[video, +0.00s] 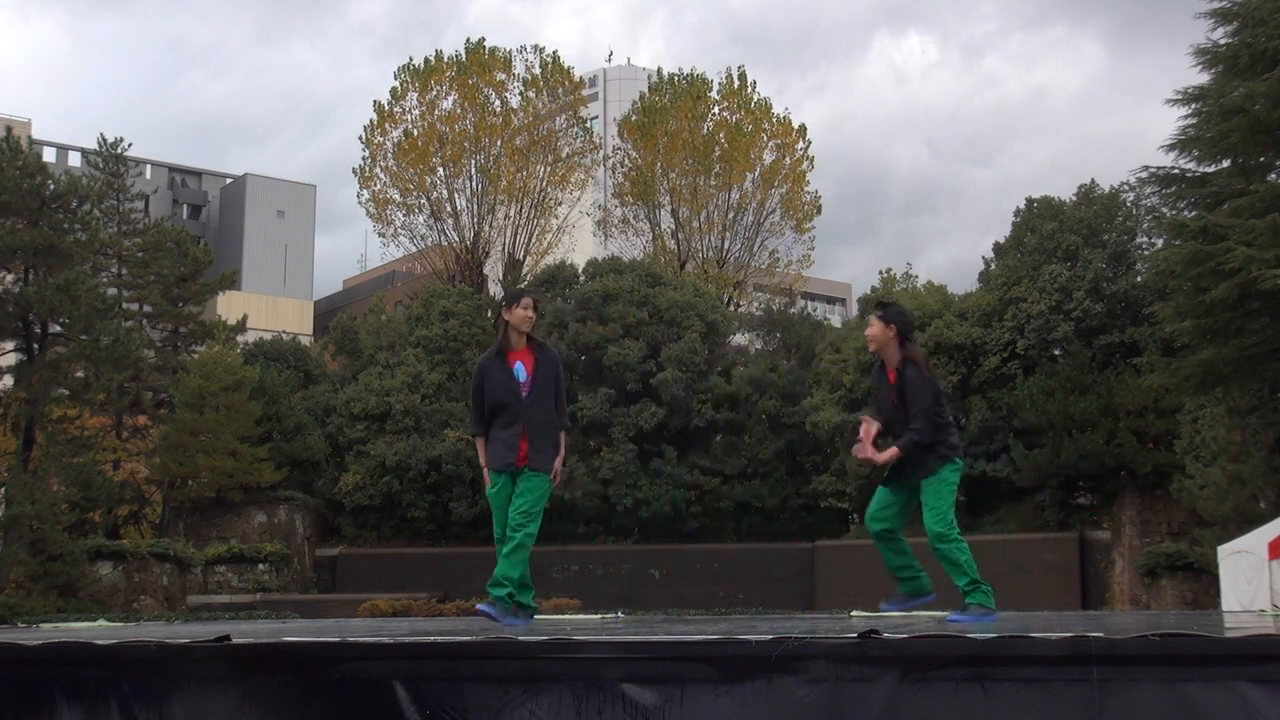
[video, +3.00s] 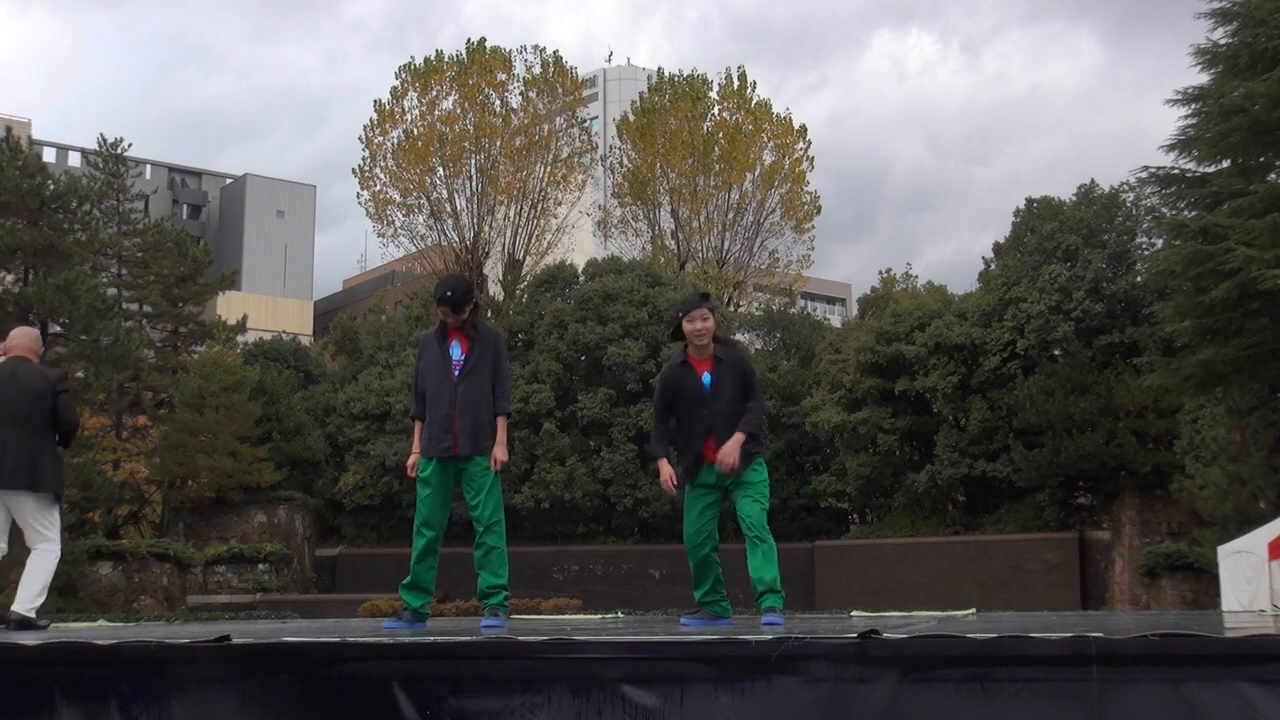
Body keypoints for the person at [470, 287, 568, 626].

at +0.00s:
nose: (529, 314)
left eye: (532, 310)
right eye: (523, 308)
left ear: (535, 317)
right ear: (506, 313)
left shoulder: (548, 358)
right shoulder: (488, 363)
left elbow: (560, 411)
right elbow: (479, 419)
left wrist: (560, 454)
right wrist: (485, 467)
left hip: (539, 459)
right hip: (499, 459)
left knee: (521, 527)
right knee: (504, 531)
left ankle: (500, 596)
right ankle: (523, 604)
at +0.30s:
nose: (513, 308)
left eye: (518, 306)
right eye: (508, 301)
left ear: (519, 317)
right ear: (491, 305)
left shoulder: (523, 355)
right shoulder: (468, 355)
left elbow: (529, 407)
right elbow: (462, 405)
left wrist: (528, 453)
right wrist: (465, 438)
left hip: (503, 457)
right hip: (468, 455)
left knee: (489, 528)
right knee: (453, 522)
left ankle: (485, 608)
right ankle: (502, 587)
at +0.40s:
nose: (504, 308)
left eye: (510, 306)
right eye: (500, 301)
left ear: (512, 316)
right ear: (484, 305)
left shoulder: (517, 353)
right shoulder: (461, 354)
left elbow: (521, 406)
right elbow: (457, 405)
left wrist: (518, 451)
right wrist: (455, 441)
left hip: (496, 455)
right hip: (462, 452)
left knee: (487, 530)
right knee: (437, 518)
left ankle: (486, 605)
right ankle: (468, 594)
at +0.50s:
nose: (487, 308)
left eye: (495, 306)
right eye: (485, 301)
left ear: (505, 317)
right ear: (476, 305)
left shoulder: (510, 350)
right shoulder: (457, 350)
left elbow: (514, 400)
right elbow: (449, 401)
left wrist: (512, 447)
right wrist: (445, 441)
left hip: (491, 452)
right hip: (455, 449)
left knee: (484, 529)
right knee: (428, 519)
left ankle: (485, 606)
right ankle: (439, 602)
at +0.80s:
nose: (445, 320)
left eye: (452, 318)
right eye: (445, 314)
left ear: (471, 322)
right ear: (443, 313)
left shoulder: (487, 354)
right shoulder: (430, 352)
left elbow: (492, 405)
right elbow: (419, 404)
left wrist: (488, 450)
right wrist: (413, 452)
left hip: (467, 456)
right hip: (428, 453)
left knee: (475, 532)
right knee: (416, 531)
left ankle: (483, 606)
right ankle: (405, 607)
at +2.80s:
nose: (445, 319)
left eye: (452, 312)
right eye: (439, 312)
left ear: (465, 305)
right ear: (430, 307)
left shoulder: (484, 339)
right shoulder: (421, 343)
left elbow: (498, 394)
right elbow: (412, 400)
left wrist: (496, 441)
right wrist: (409, 447)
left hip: (474, 447)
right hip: (428, 448)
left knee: (484, 526)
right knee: (423, 528)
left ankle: (493, 606)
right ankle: (414, 607)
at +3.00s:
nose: (452, 317)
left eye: (459, 311)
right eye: (446, 311)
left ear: (472, 305)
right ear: (437, 307)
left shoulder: (492, 340)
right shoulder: (427, 342)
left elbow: (501, 393)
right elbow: (420, 399)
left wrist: (501, 441)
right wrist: (416, 448)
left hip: (480, 448)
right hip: (435, 449)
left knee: (488, 526)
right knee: (426, 527)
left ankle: (494, 606)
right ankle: (415, 607)